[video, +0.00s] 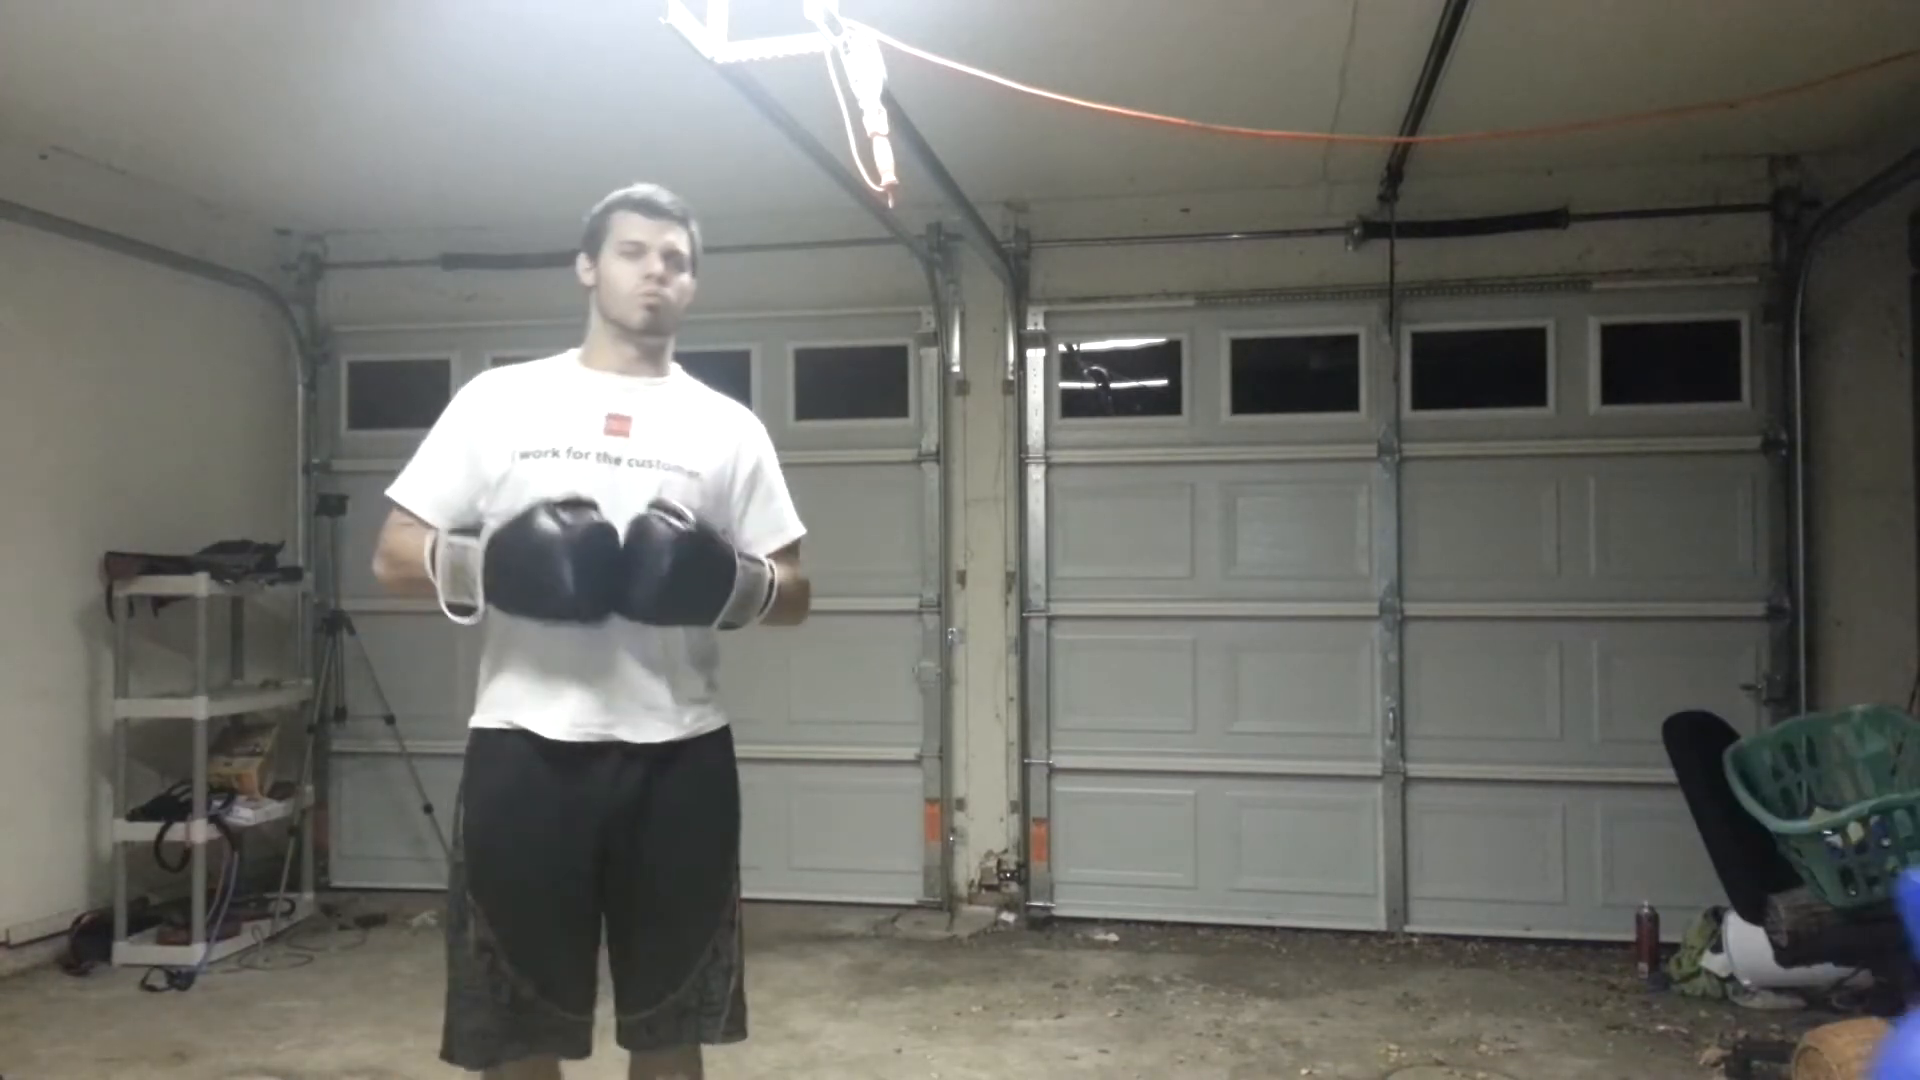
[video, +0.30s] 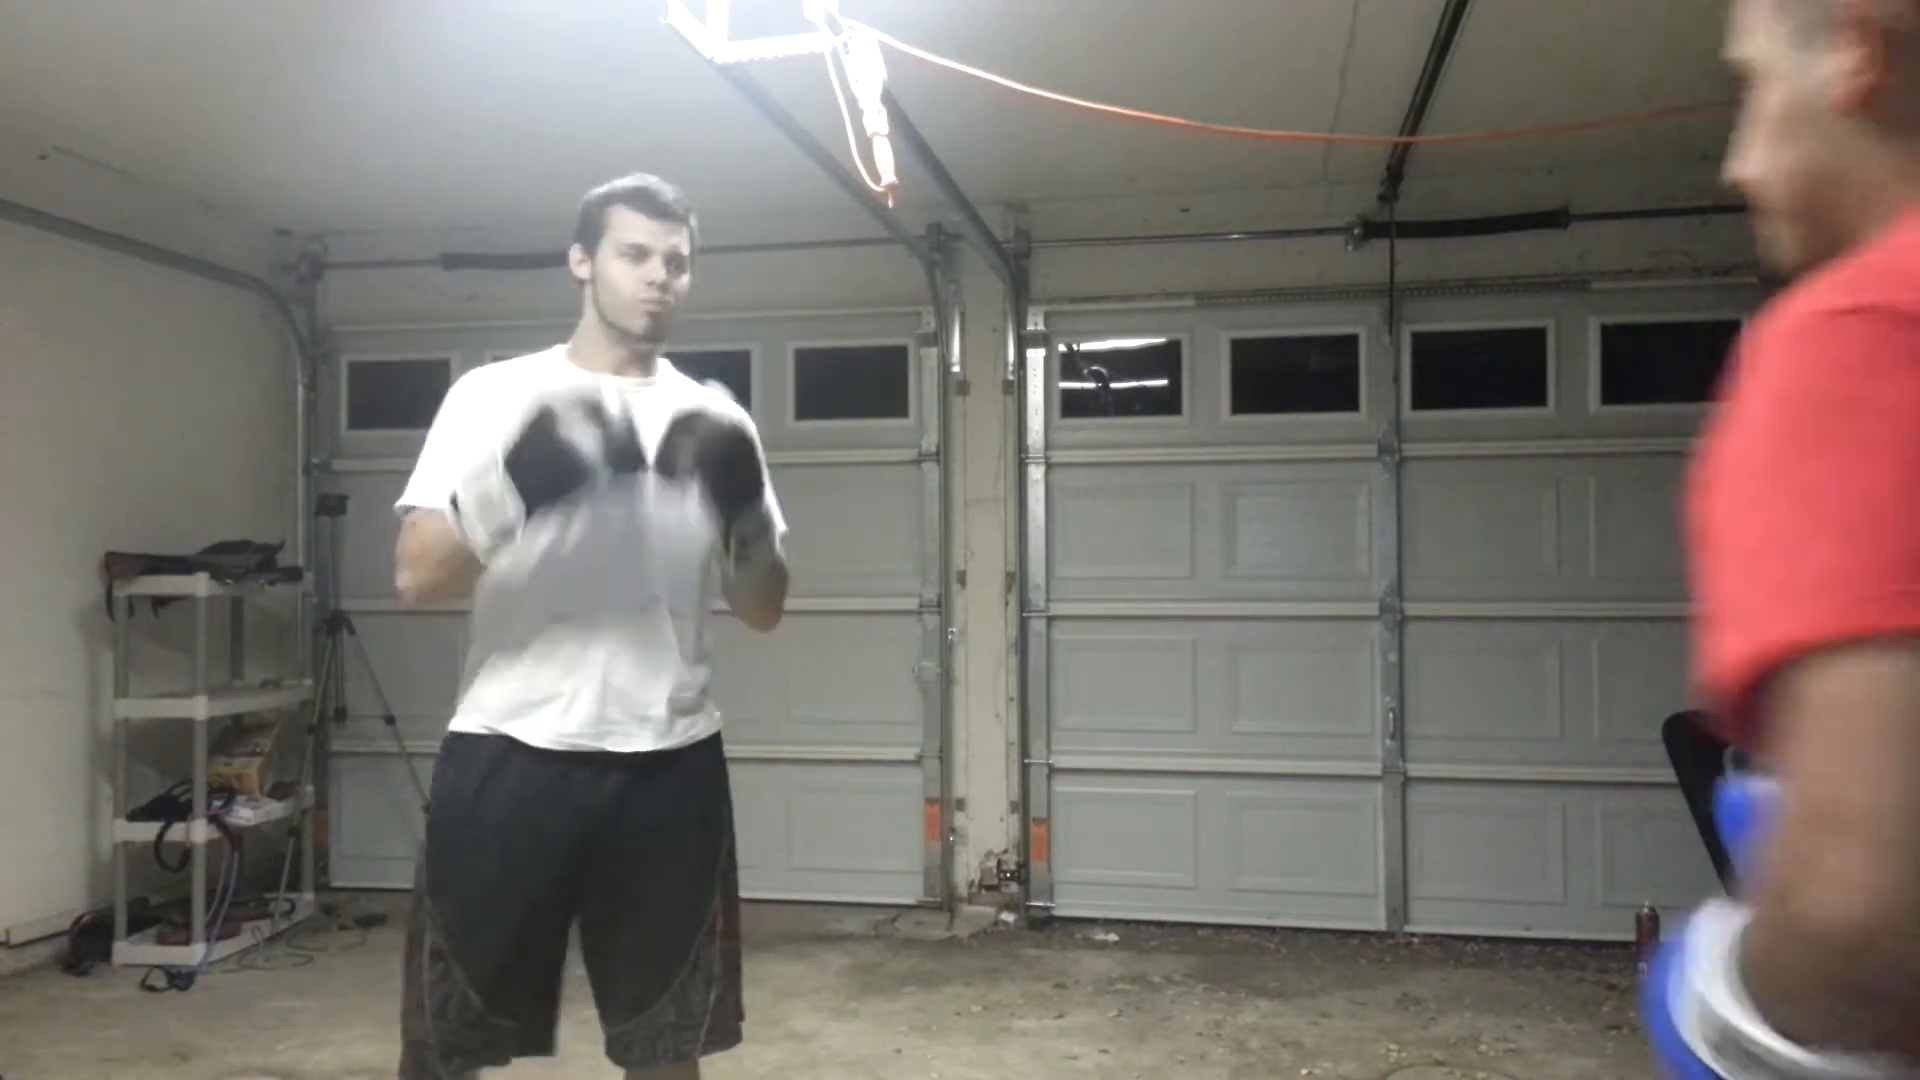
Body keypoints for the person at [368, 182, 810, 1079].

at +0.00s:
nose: (656, 274)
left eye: (676, 261)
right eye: (634, 253)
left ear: (692, 290)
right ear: (587, 269)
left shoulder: (731, 428)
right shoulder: (495, 400)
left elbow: (791, 591)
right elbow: (395, 557)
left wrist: (718, 577)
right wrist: (494, 564)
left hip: (678, 757)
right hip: (527, 753)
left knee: (671, 1041)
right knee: (520, 1044)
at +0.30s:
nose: (661, 279)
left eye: (677, 263)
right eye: (638, 256)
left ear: (690, 279)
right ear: (582, 264)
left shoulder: (714, 413)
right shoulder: (491, 395)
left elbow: (765, 609)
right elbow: (416, 578)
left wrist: (740, 504)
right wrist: (512, 490)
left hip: (668, 766)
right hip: (509, 760)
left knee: (669, 1052)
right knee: (451, 1051)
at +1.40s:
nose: (607, 329)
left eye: (619, 304)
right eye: (582, 302)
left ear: (626, 296)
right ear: (504, 285)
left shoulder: (639, 406)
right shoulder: (394, 394)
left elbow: (780, 491)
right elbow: (414, 575)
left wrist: (884, 487)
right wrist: (502, 419)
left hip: (604, 795)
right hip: (432, 795)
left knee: (639, 1064)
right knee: (414, 1065)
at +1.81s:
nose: (554, 303)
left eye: (560, 279)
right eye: (527, 274)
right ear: (442, 262)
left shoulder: (563, 396)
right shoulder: (312, 385)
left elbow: (731, 464)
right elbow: (359, 558)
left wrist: (898, 466)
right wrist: (459, 399)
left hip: (543, 808)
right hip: (360, 811)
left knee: (596, 1064)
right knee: (341, 1067)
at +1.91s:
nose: (541, 288)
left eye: (545, 265)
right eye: (517, 260)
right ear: (430, 251)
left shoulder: (542, 371)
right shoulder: (303, 380)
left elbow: (683, 495)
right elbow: (350, 576)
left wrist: (841, 531)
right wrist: (496, 459)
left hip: (540, 803)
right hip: (363, 816)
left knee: (582, 1064)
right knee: (357, 1063)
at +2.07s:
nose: (551, 272)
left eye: (552, 250)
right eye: (528, 243)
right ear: (442, 242)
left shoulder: (539, 417)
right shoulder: (330, 382)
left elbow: (623, 582)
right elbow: (409, 599)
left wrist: (763, 656)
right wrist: (601, 641)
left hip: (519, 818)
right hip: (357, 815)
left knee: (516, 1065)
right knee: (354, 1065)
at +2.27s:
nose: (576, 255)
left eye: (573, 234)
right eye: (555, 228)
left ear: (487, 231)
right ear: (475, 226)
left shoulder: (517, 403)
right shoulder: (404, 361)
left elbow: (578, 572)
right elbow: (555, 564)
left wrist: (728, 621)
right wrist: (721, 629)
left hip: (503, 802)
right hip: (370, 800)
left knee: (507, 1062)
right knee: (359, 1062)